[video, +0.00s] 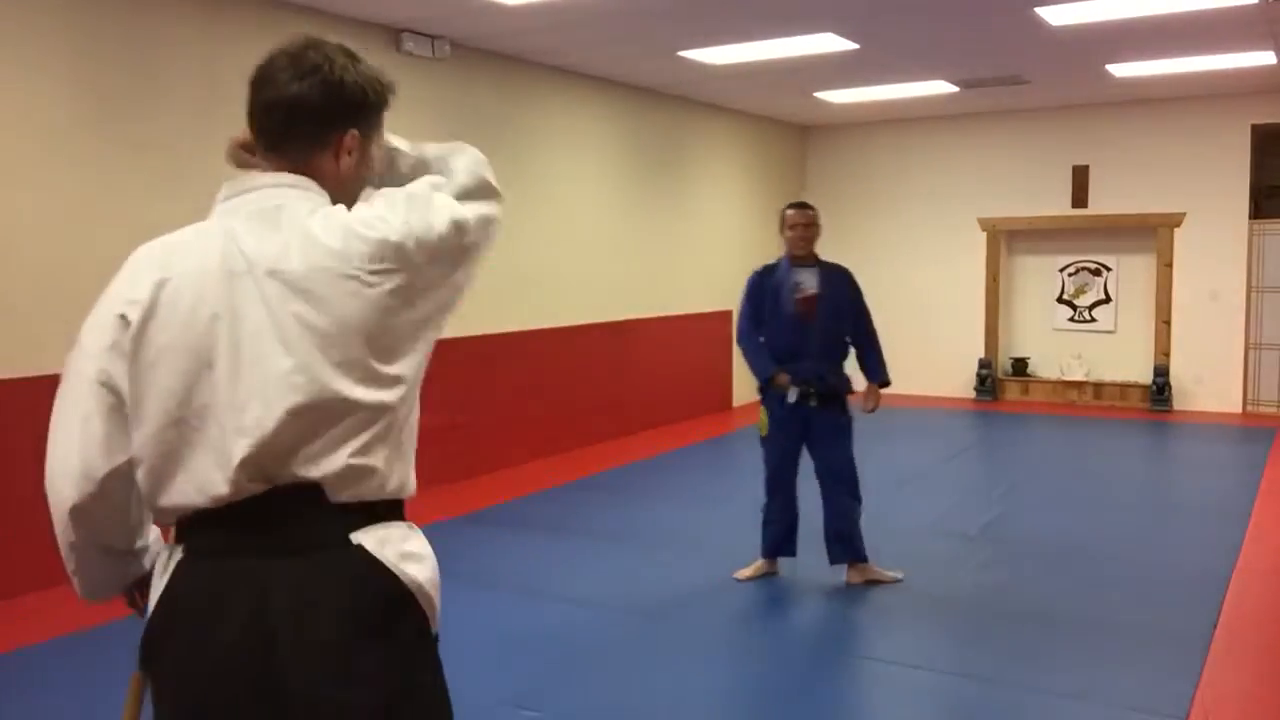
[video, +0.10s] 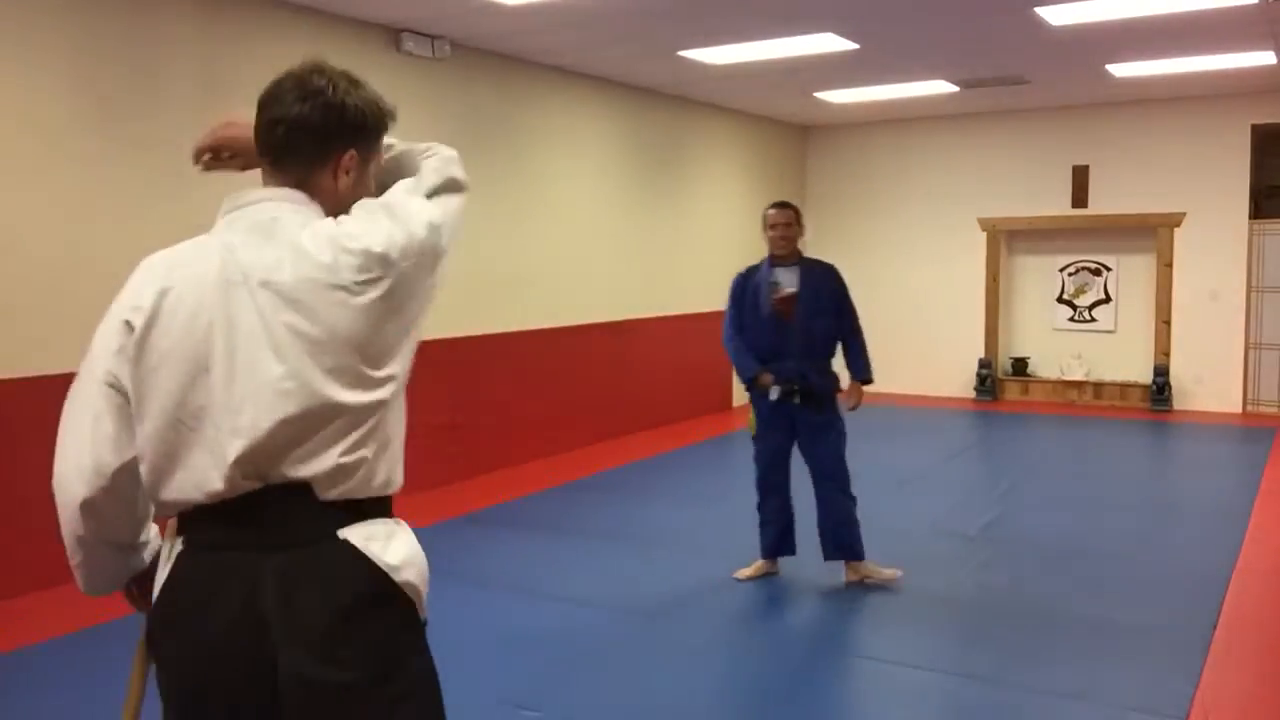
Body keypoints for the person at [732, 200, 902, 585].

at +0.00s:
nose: (801, 233)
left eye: (808, 226)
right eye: (794, 227)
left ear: (818, 231)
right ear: (782, 232)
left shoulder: (839, 278)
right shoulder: (763, 281)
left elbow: (863, 330)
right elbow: (747, 335)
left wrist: (875, 379)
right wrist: (773, 375)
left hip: (830, 396)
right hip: (782, 396)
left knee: (841, 481)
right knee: (778, 481)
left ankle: (856, 564)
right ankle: (769, 558)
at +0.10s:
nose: (780, 233)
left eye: (787, 226)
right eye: (773, 227)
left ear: (800, 230)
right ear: (764, 233)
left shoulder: (826, 276)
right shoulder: (747, 282)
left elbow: (850, 328)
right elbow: (732, 336)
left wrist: (859, 377)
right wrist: (755, 374)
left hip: (818, 395)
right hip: (769, 396)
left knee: (833, 479)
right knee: (770, 480)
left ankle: (854, 563)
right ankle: (769, 558)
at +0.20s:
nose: (764, 233)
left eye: (772, 226)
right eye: (757, 227)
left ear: (786, 230)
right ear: (750, 232)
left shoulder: (813, 275)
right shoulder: (734, 283)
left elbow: (838, 325)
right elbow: (720, 336)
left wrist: (844, 375)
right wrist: (744, 373)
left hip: (809, 391)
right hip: (762, 395)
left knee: (827, 477)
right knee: (765, 479)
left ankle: (846, 565)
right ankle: (769, 559)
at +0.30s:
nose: (754, 233)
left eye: (761, 226)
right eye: (748, 227)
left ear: (776, 229)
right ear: (740, 233)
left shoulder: (803, 274)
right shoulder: (726, 284)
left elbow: (830, 324)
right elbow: (714, 337)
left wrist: (832, 374)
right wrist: (738, 369)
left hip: (801, 392)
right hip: (755, 396)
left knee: (817, 479)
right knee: (763, 479)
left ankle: (830, 565)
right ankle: (769, 558)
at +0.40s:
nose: (745, 233)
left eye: (753, 226)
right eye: (740, 227)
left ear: (769, 230)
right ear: (734, 233)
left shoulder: (796, 274)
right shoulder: (720, 285)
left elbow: (824, 326)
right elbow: (712, 338)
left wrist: (824, 375)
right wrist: (732, 372)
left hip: (794, 394)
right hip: (751, 396)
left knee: (802, 479)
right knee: (761, 479)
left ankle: (813, 565)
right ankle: (769, 557)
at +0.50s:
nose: (742, 234)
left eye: (749, 227)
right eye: (736, 227)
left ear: (765, 231)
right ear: (730, 233)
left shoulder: (792, 275)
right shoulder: (717, 284)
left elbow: (818, 327)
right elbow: (711, 337)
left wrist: (817, 376)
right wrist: (728, 377)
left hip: (786, 391)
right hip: (744, 393)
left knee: (787, 476)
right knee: (754, 475)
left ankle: (790, 567)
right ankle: (770, 556)